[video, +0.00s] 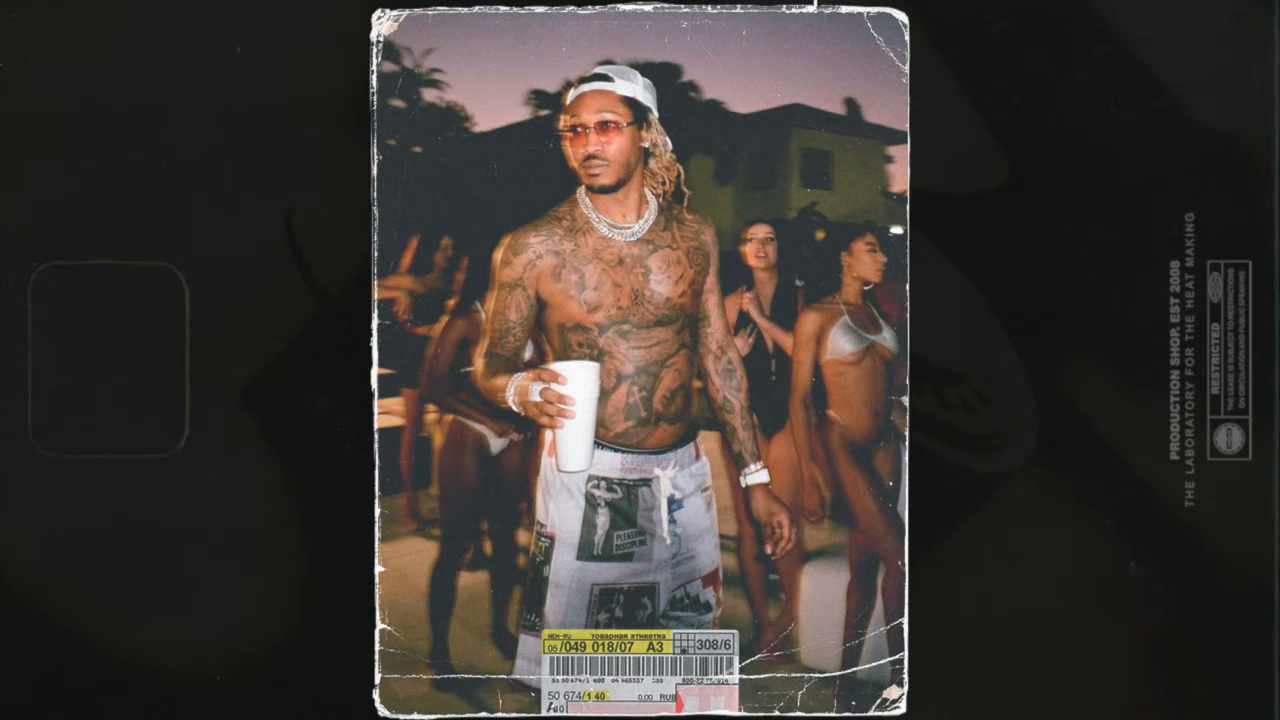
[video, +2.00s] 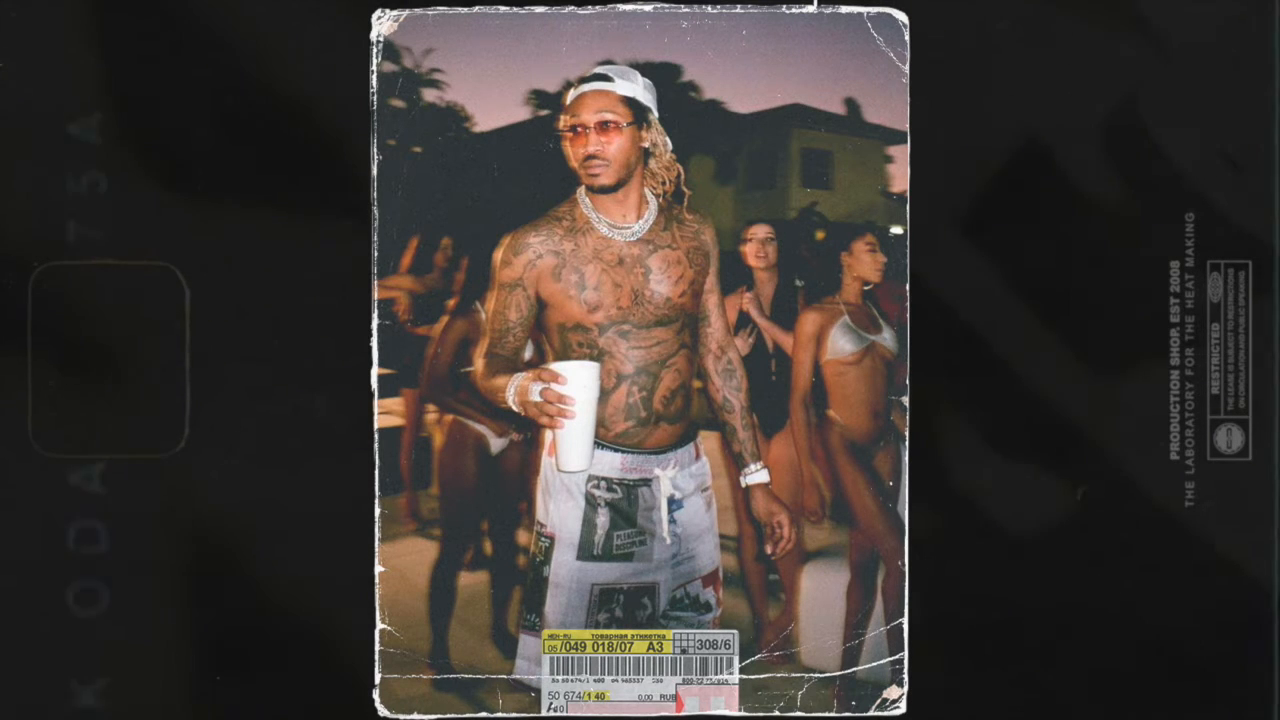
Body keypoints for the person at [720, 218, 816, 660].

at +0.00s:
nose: (759, 249)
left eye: (767, 242)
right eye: (752, 242)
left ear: (781, 249)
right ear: (740, 250)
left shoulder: (797, 296)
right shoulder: (731, 300)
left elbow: (803, 351)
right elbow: (714, 365)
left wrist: (761, 318)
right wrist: (735, 344)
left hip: (784, 420)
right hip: (739, 421)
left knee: (783, 521)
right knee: (748, 526)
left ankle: (793, 613)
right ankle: (762, 621)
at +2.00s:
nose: (760, 249)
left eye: (768, 241)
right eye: (752, 241)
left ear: (781, 249)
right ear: (741, 250)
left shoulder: (797, 295)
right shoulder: (731, 299)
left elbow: (803, 352)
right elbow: (714, 363)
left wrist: (761, 317)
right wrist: (735, 339)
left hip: (784, 419)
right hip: (738, 421)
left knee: (784, 521)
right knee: (748, 526)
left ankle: (793, 614)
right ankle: (762, 623)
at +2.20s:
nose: (760, 249)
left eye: (768, 241)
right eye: (752, 241)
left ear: (780, 249)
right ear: (740, 250)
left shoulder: (797, 295)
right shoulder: (730, 299)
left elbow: (803, 352)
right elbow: (715, 363)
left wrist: (761, 318)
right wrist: (736, 337)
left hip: (784, 419)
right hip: (738, 420)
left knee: (783, 522)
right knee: (749, 526)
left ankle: (794, 614)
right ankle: (762, 622)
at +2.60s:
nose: (761, 249)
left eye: (768, 241)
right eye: (752, 242)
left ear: (781, 249)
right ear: (741, 250)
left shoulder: (797, 296)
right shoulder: (730, 300)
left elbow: (803, 352)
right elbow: (716, 364)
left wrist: (761, 318)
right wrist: (740, 332)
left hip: (784, 419)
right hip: (738, 421)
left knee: (783, 522)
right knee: (749, 526)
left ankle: (794, 613)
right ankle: (762, 623)